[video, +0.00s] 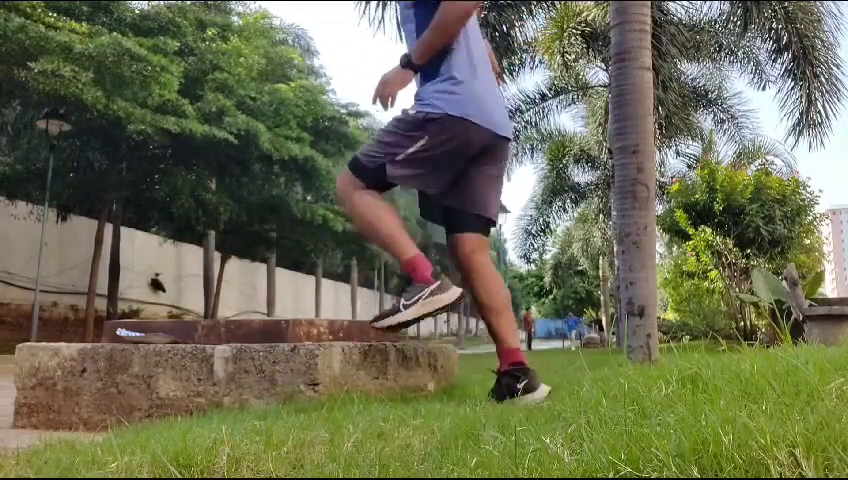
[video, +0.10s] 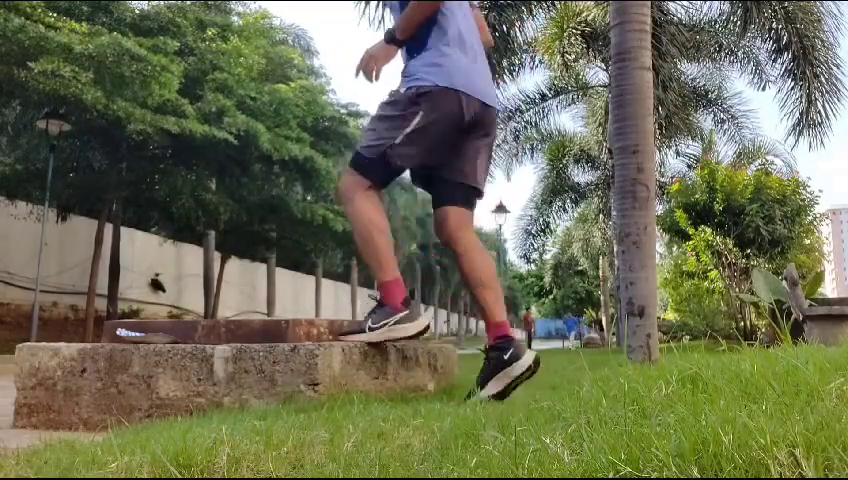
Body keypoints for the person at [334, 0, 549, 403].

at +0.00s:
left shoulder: (420, 5)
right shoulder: (457, 17)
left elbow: (466, 3)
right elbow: (491, 67)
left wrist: (407, 65)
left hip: (450, 107)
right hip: (495, 123)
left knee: (353, 186)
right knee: (471, 247)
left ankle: (423, 277)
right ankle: (514, 369)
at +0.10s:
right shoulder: (464, 4)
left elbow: (430, 1)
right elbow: (484, 36)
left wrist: (390, 41)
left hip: (436, 80)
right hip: (485, 95)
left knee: (356, 184)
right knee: (456, 224)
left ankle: (394, 300)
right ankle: (503, 342)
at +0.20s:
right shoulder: (463, 2)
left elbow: (408, 3)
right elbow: (481, 27)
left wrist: (377, 34)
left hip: (427, 73)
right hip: (473, 84)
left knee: (371, 186)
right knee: (419, 204)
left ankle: (398, 310)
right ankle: (479, 309)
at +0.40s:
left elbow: (375, 9)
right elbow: (491, 4)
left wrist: (365, 12)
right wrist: (461, 36)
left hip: (431, 53)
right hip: (474, 67)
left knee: (395, 177)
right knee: (422, 188)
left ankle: (437, 303)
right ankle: (426, 304)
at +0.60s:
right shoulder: (476, 4)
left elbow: (379, 24)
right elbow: (518, 9)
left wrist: (376, 27)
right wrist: (479, 48)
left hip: (452, 79)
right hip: (486, 85)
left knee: (444, 220)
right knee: (393, 183)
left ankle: (481, 354)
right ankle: (433, 284)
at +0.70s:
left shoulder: (419, 5)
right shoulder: (484, 6)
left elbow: (431, 7)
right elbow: (525, 46)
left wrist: (389, 67)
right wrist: (491, 103)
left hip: (457, 125)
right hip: (490, 126)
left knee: (462, 261)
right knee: (389, 202)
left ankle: (514, 381)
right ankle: (457, 285)